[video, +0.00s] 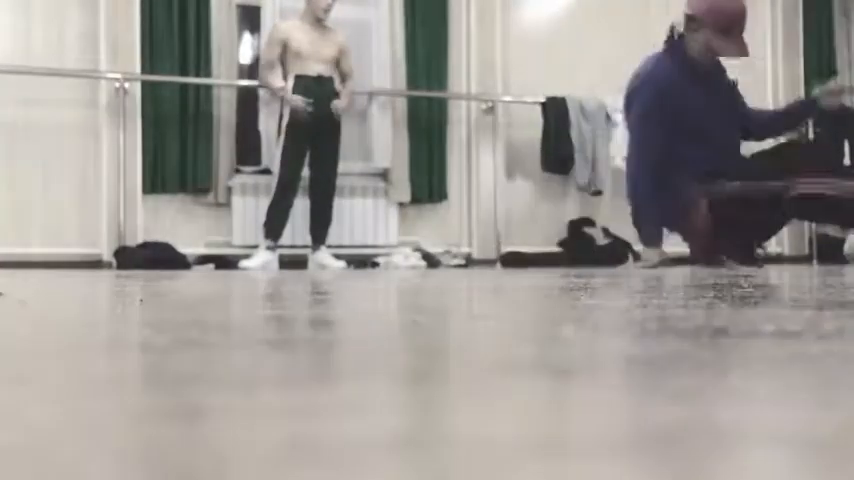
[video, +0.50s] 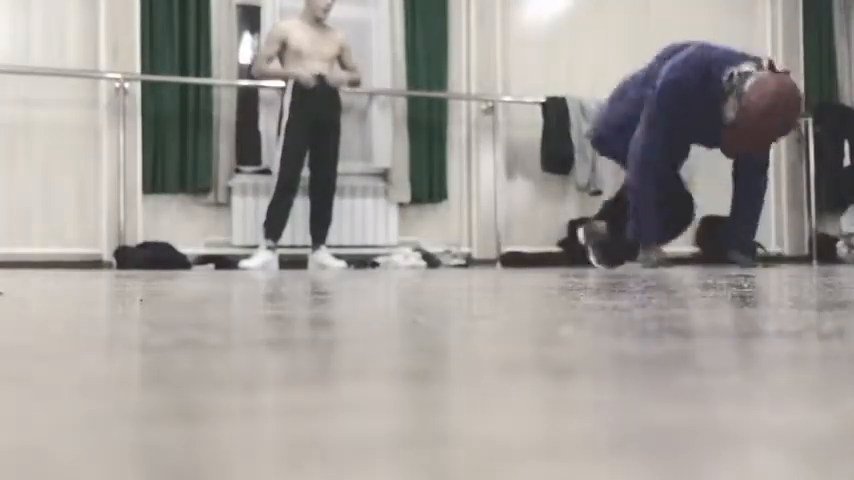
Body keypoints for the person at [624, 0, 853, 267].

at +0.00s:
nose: (717, 54)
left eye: (722, 46)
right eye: (713, 44)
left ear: (729, 39)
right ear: (692, 28)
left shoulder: (711, 73)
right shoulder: (654, 80)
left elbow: (748, 126)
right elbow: (641, 166)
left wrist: (813, 104)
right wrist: (651, 241)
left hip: (727, 188)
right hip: (685, 200)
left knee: (806, 154)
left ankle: (741, 239)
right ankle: (732, 241)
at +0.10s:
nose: (733, 49)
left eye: (734, 36)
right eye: (724, 39)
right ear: (694, 36)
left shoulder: (710, 59)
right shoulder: (644, 76)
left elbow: (739, 97)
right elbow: (634, 166)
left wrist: (780, 94)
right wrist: (652, 243)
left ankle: (743, 229)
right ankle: (713, 238)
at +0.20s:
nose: (737, 63)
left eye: (740, 49)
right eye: (723, 52)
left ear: (744, 37)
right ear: (692, 41)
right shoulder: (648, 73)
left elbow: (743, 97)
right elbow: (637, 164)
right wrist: (648, 248)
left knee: (790, 135)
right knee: (790, 187)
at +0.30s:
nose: (741, 85)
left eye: (748, 73)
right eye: (731, 74)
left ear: (758, 60)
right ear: (705, 57)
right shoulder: (657, 65)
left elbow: (747, 139)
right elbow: (639, 158)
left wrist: (748, 201)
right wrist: (651, 247)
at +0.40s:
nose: (730, 131)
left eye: (741, 124)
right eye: (727, 123)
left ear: (766, 97)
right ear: (717, 88)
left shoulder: (753, 78)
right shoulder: (667, 71)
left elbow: (748, 163)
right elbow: (642, 163)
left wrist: (749, 232)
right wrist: (649, 248)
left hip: (685, 156)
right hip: (639, 147)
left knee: (719, 208)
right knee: (663, 205)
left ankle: (717, 242)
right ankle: (613, 226)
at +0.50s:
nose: (746, 152)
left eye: (762, 143)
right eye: (749, 139)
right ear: (738, 106)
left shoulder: (761, 98)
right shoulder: (684, 75)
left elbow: (751, 177)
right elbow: (645, 161)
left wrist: (740, 244)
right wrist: (647, 244)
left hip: (668, 141)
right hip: (619, 127)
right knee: (677, 209)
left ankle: (600, 230)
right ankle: (604, 235)